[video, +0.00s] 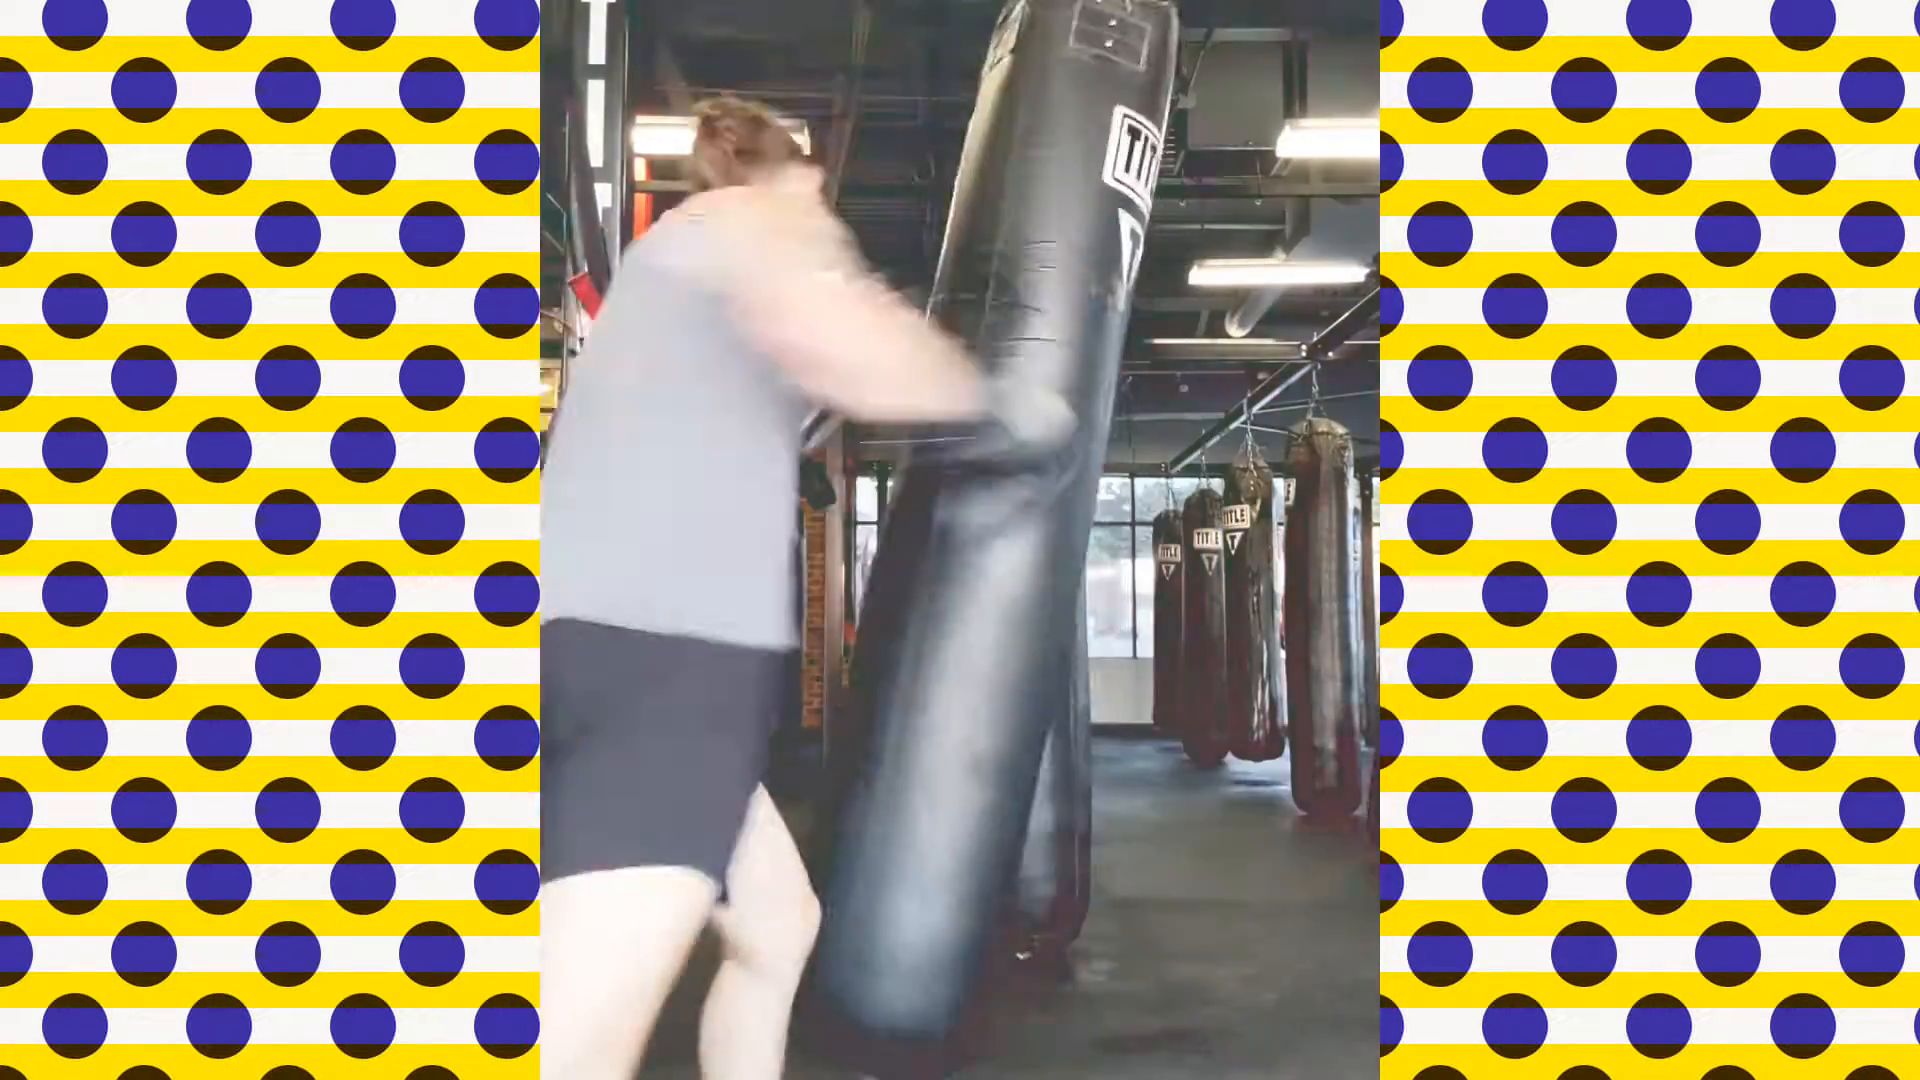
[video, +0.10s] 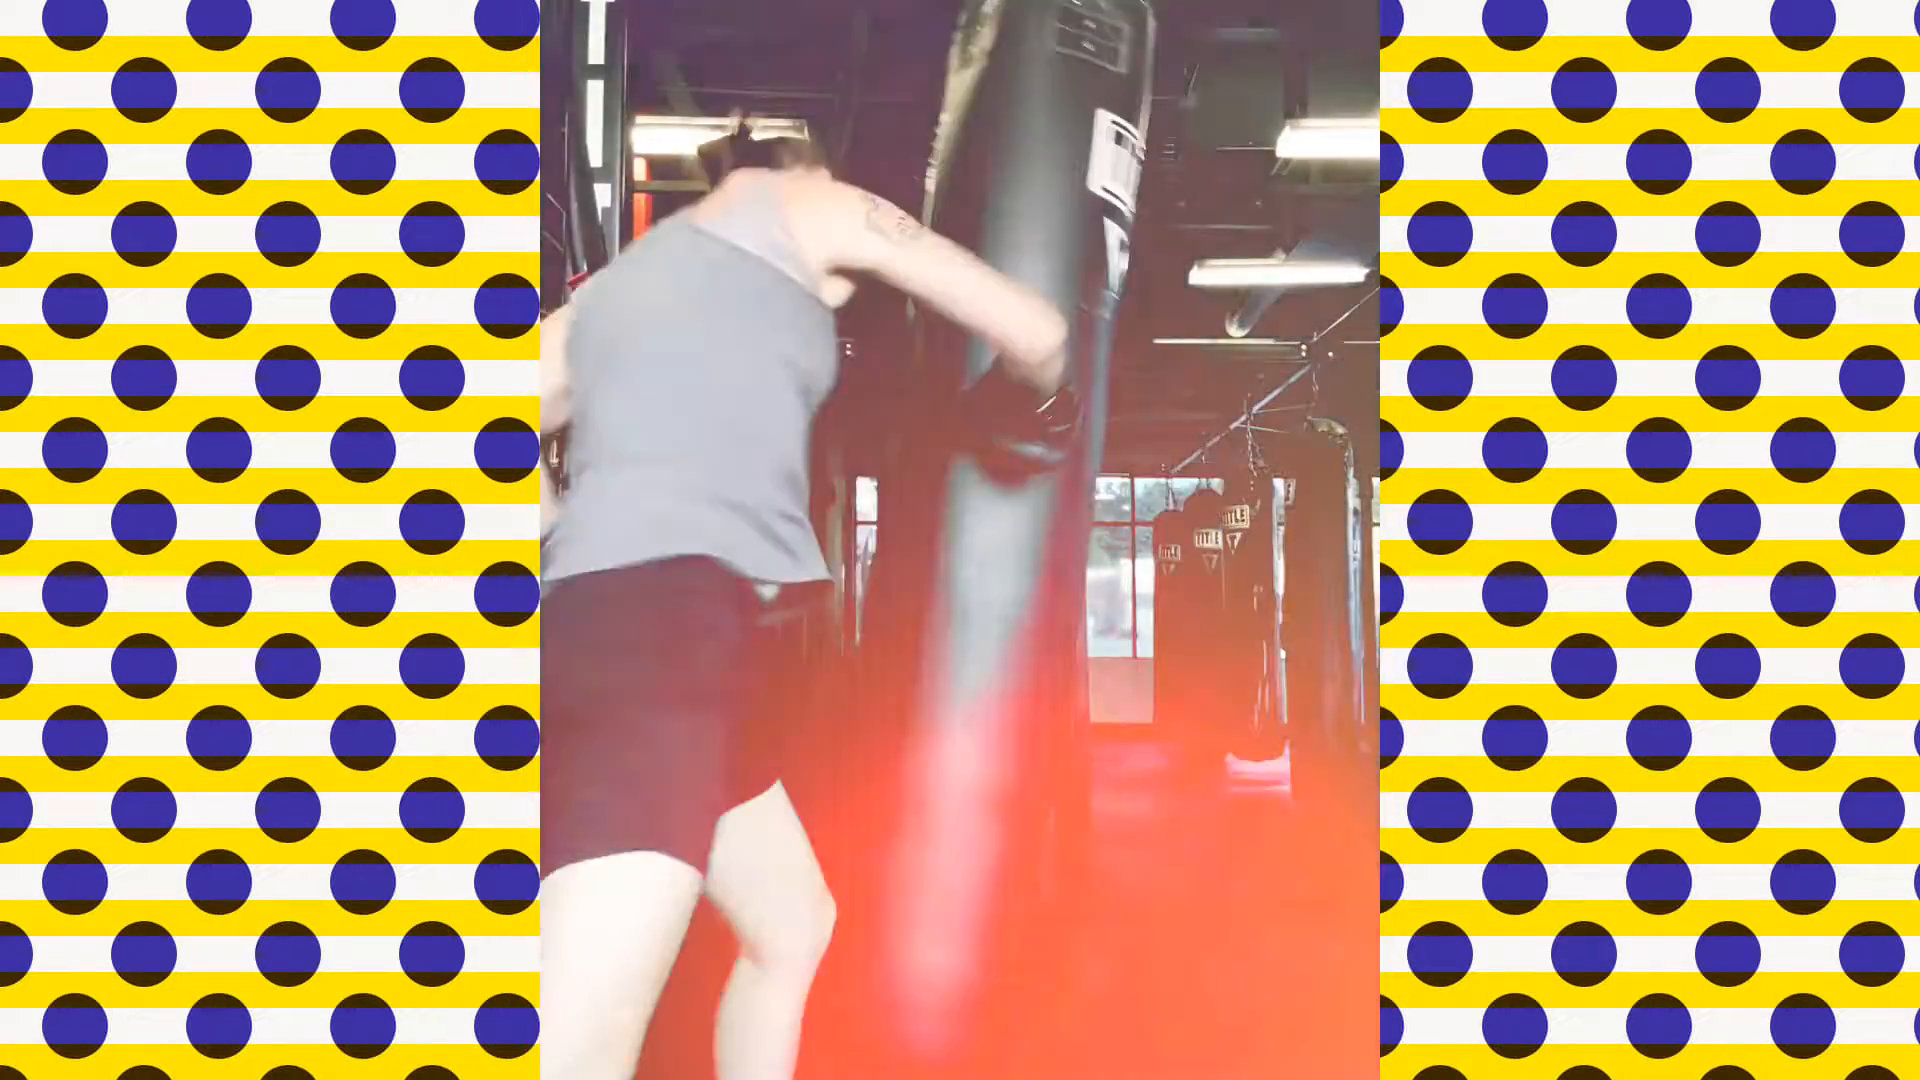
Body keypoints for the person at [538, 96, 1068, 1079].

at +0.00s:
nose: (824, 210)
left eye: (821, 195)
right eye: (817, 192)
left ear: (716, 170)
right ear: (788, 171)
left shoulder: (666, 257)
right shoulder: (744, 228)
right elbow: (872, 361)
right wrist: (993, 394)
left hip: (618, 658)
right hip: (662, 662)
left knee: (775, 924)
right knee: (582, 1038)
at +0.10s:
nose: (846, 206)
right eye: (831, 189)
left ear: (714, 176)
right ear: (797, 174)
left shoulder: (605, 292)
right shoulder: (793, 203)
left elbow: (493, 406)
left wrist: (560, 511)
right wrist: (1017, 395)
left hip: (589, 622)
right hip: (663, 613)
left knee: (791, 928)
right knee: (581, 1039)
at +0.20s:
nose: (834, 234)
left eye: (846, 206)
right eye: (842, 194)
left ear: (754, 137)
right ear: (805, 144)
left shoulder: (654, 211)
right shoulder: (707, 201)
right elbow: (809, 449)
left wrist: (873, 437)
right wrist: (894, 445)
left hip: (627, 684)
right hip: (581, 682)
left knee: (779, 942)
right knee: (564, 1041)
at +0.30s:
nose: (892, 215)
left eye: (901, 192)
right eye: (899, 183)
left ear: (838, 136)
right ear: (856, 134)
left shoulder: (750, 276)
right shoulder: (663, 220)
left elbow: (713, 461)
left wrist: (824, 436)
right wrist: (809, 460)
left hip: (675, 698)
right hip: (550, 707)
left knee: (826, 952)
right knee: (530, 1030)